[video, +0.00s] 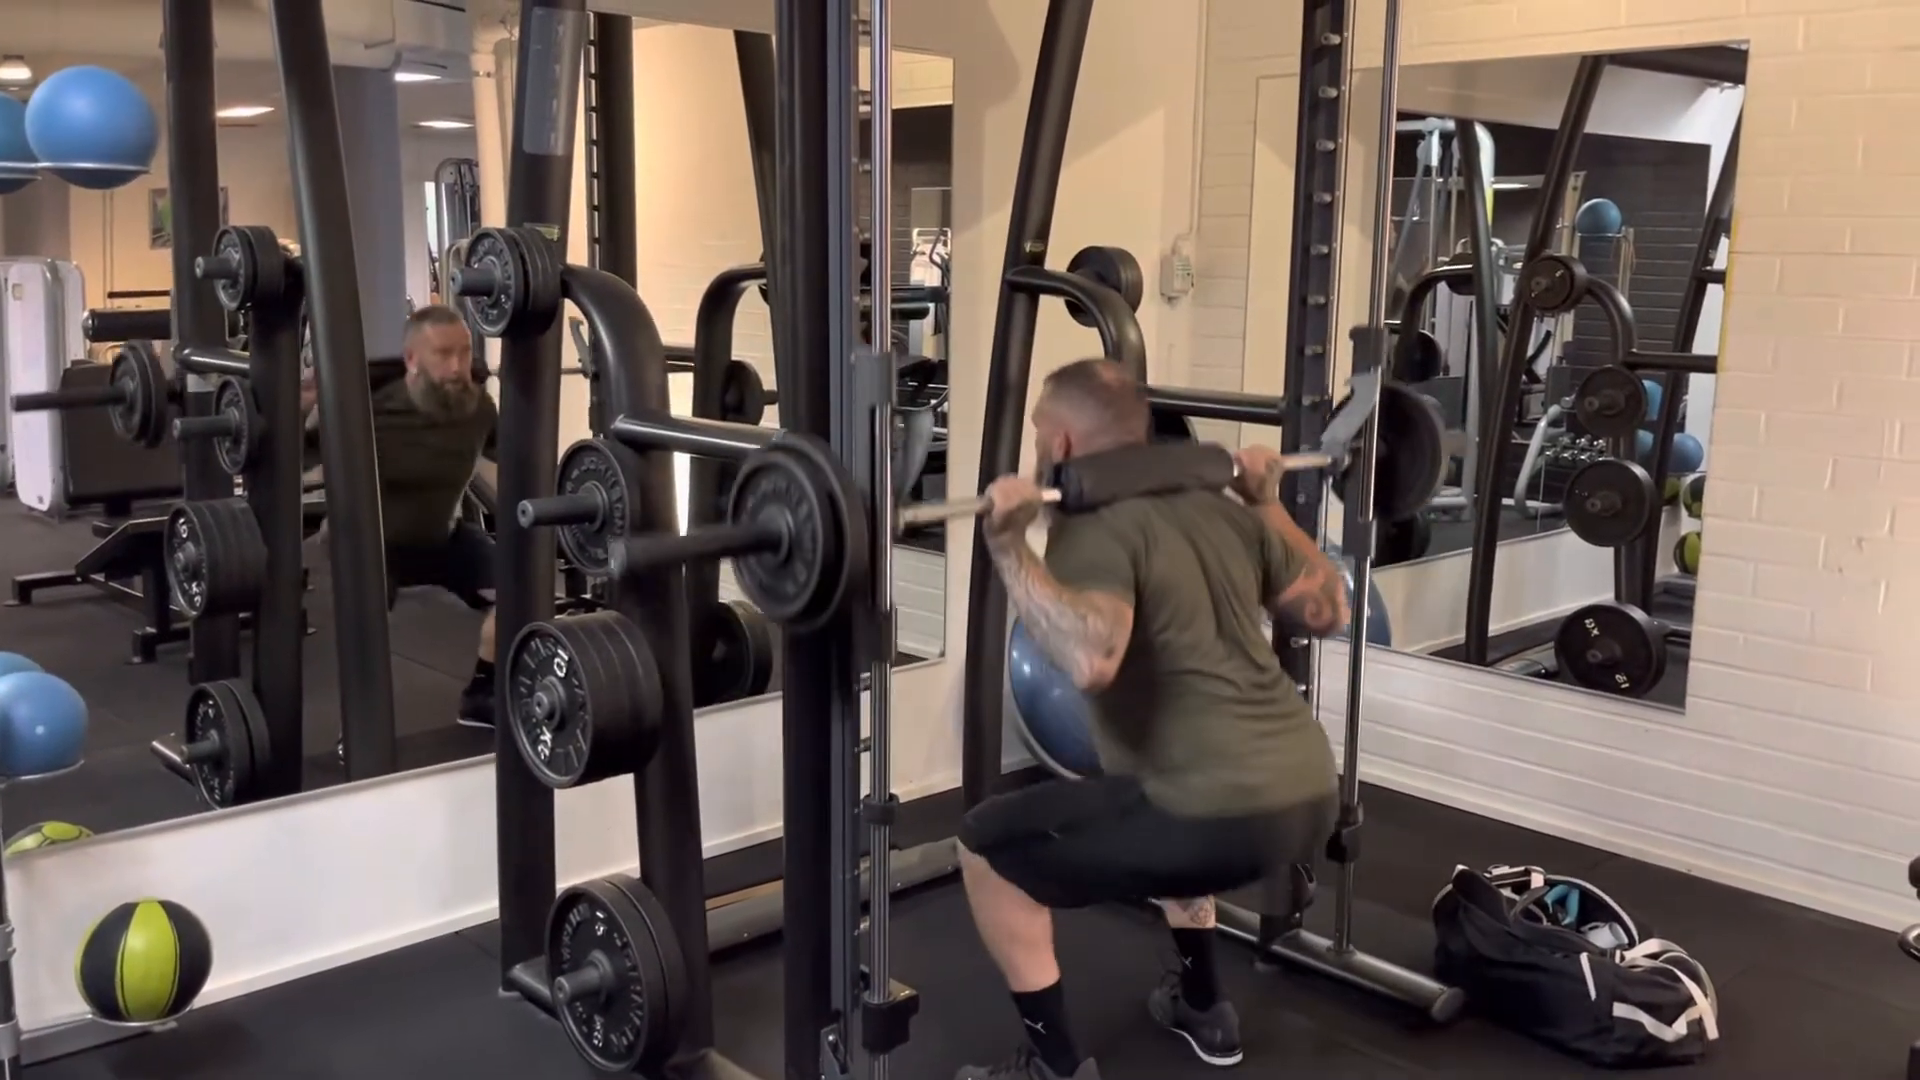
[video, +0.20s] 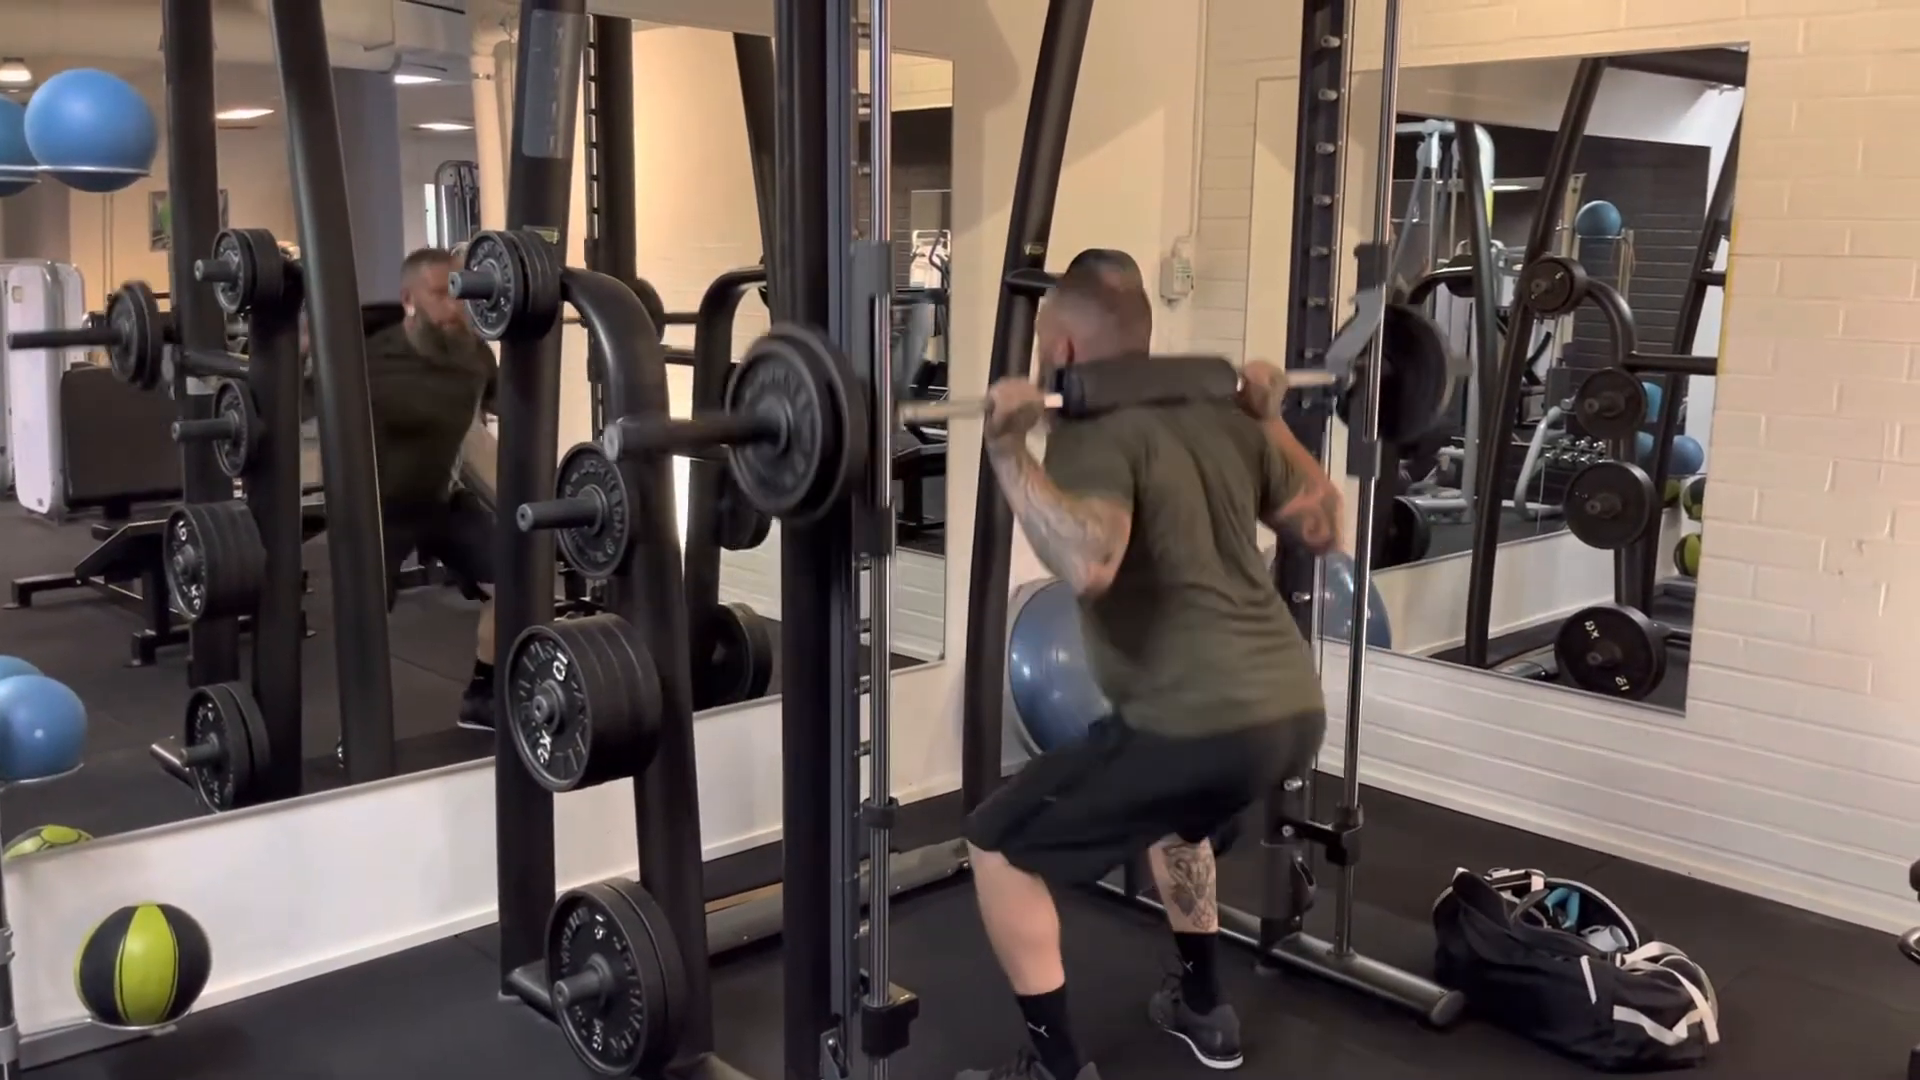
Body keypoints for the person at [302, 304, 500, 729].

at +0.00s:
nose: (458, 367)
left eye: (465, 353)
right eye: (444, 354)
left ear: (473, 354)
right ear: (411, 360)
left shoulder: (478, 410)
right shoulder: (374, 414)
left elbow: (508, 450)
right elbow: (292, 466)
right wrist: (296, 414)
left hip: (441, 541)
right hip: (373, 545)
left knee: (517, 579)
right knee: (364, 609)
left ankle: (484, 691)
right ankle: (359, 721)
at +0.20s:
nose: (454, 306)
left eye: (458, 293)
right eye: (440, 294)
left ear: (467, 296)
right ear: (409, 301)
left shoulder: (476, 356)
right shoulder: (372, 360)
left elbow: (508, 408)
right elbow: (298, 404)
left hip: (441, 508)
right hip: (377, 513)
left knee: (518, 561)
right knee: (367, 613)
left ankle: (485, 691)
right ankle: (358, 727)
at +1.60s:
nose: (460, 308)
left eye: (462, 296)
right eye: (447, 297)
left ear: (467, 295)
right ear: (413, 300)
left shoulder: (477, 360)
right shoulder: (368, 350)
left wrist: (515, 490)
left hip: (445, 509)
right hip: (378, 512)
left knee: (516, 570)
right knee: (363, 620)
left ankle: (485, 702)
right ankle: (359, 737)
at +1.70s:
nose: (457, 351)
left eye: (464, 336)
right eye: (443, 336)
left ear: (474, 338)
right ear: (410, 338)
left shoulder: (476, 389)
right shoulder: (367, 387)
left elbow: (510, 433)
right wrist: (294, 382)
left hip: (443, 529)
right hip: (372, 533)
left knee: (519, 585)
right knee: (362, 623)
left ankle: (484, 706)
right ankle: (361, 738)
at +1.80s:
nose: (458, 383)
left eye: (465, 369)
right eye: (444, 369)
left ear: (473, 369)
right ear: (410, 372)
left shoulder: (478, 420)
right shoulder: (368, 417)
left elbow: (513, 465)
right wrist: (292, 424)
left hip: (439, 555)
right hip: (370, 559)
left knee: (515, 589)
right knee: (362, 637)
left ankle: (483, 707)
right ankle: (359, 742)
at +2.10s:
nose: (458, 454)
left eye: (465, 440)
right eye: (444, 441)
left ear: (474, 438)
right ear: (411, 441)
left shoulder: (479, 486)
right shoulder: (365, 496)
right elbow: (289, 546)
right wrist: (293, 499)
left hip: (443, 604)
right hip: (378, 611)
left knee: (516, 595)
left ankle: (482, 707)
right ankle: (358, 741)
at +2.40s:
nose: (456, 444)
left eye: (464, 430)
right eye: (442, 432)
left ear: (472, 428)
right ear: (410, 433)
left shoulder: (477, 480)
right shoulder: (365, 488)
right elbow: (286, 544)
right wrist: (291, 489)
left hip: (436, 601)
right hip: (370, 607)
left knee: (513, 593)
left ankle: (481, 708)